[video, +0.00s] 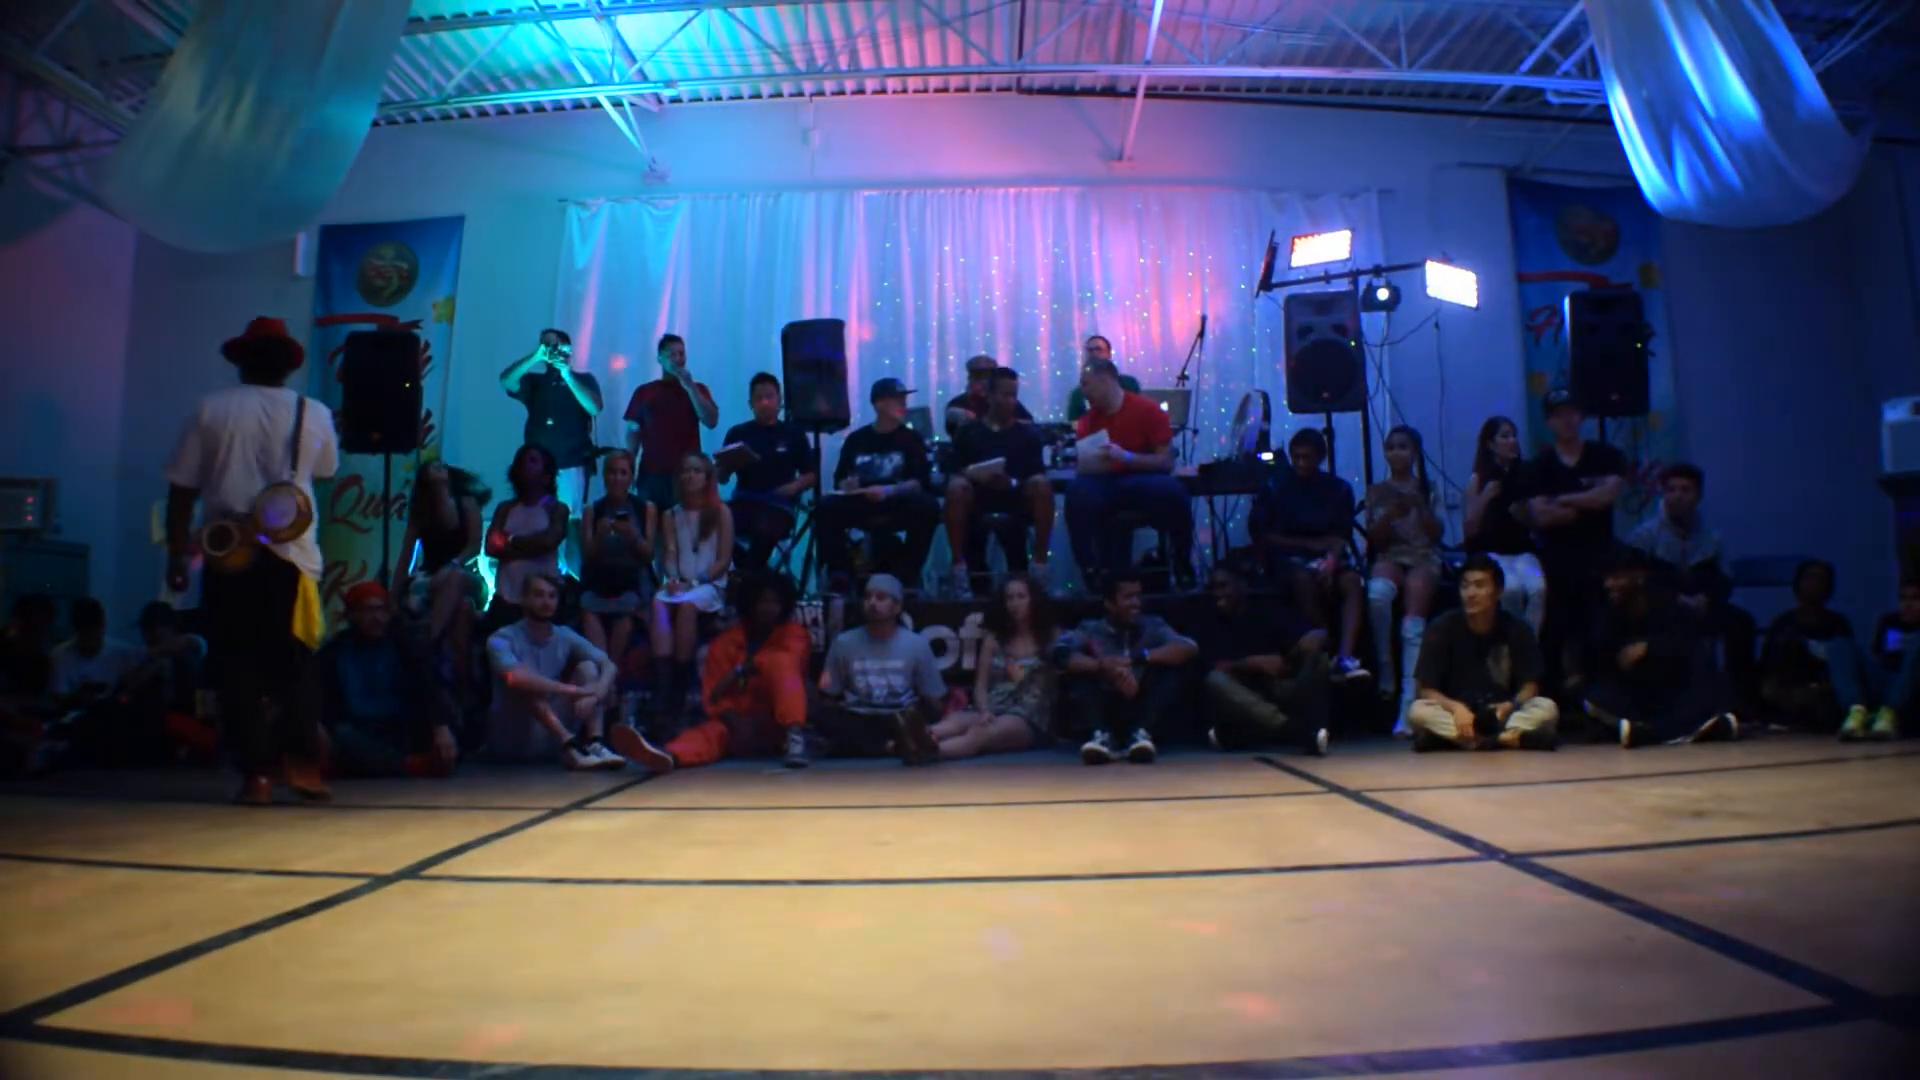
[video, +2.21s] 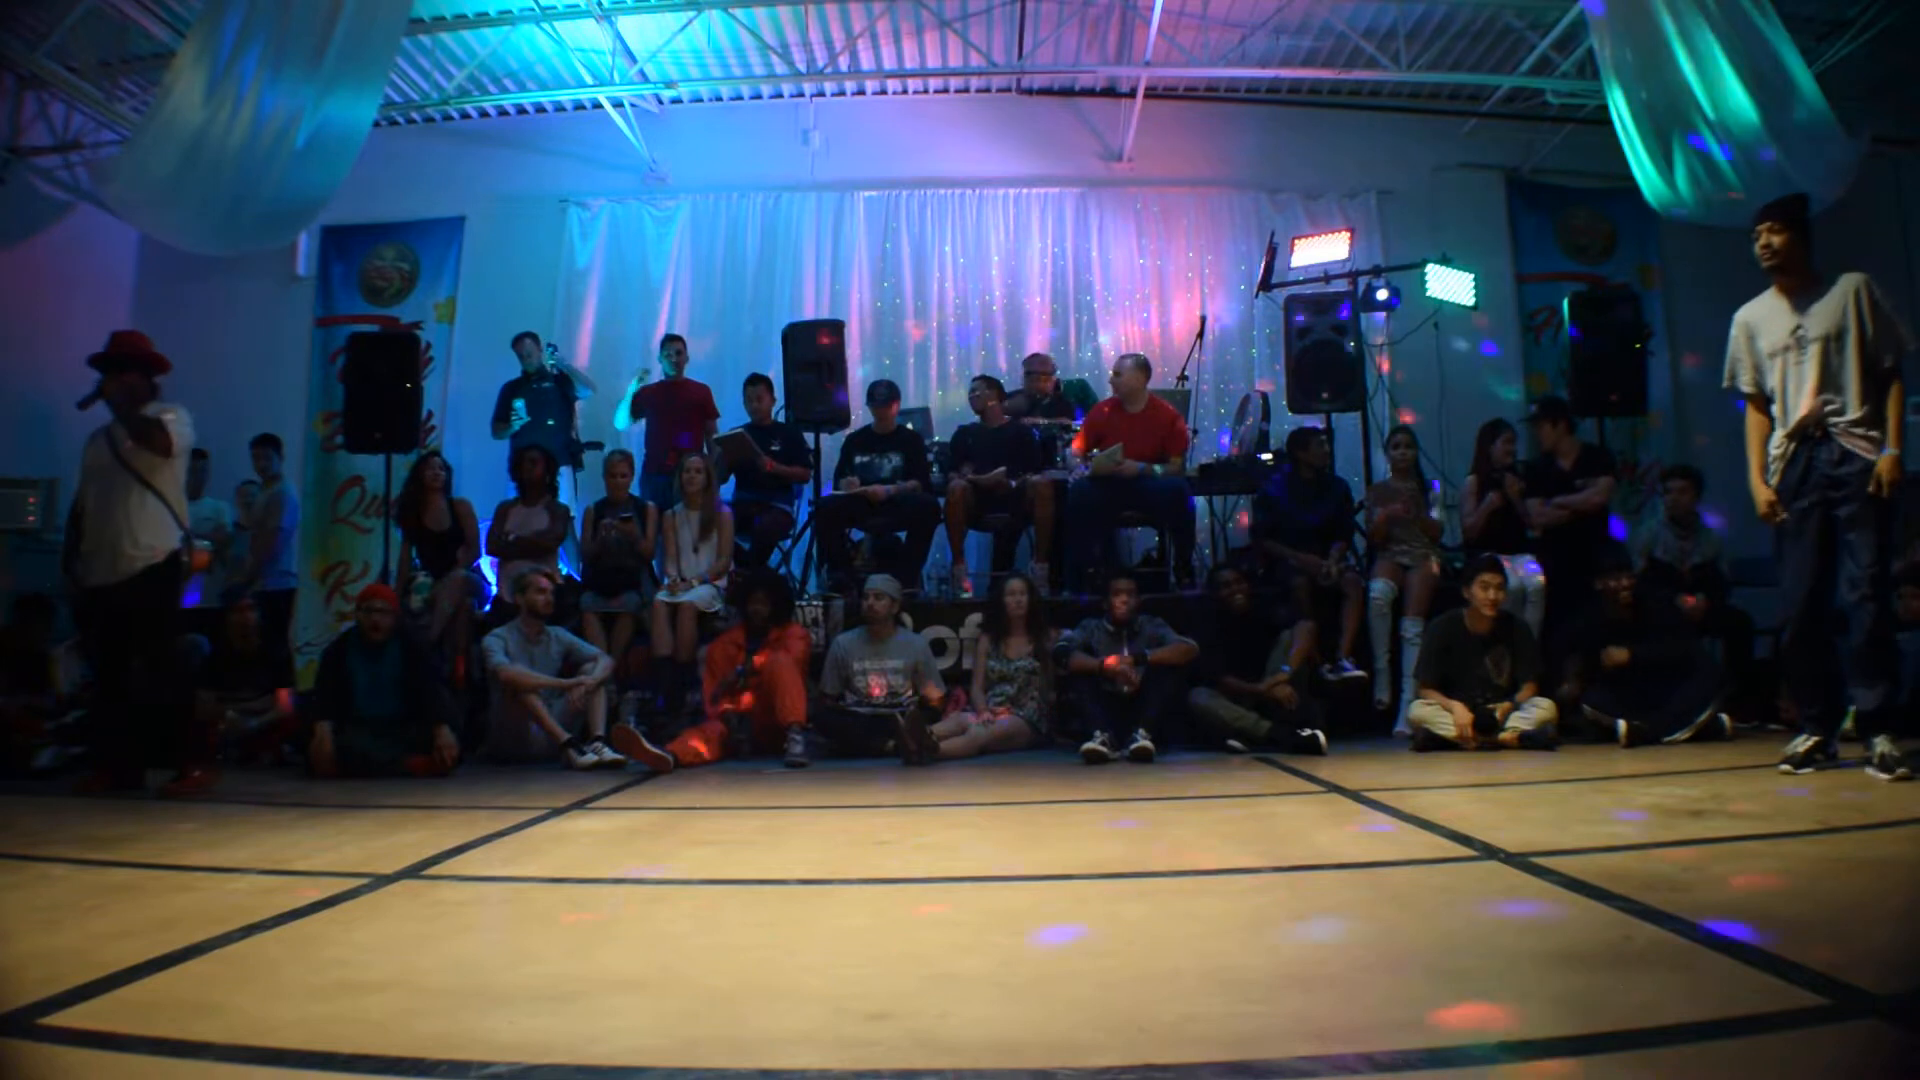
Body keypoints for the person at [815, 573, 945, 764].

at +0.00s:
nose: (872, 604)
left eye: (880, 598)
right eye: (868, 597)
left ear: (897, 606)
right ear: (862, 602)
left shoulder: (916, 645)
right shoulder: (844, 643)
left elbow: (935, 701)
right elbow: (829, 696)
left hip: (902, 716)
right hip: (856, 716)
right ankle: (886, 746)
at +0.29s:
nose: (871, 604)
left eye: (880, 598)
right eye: (867, 597)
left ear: (896, 606)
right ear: (862, 602)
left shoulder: (916, 645)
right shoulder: (843, 644)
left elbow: (933, 699)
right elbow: (829, 699)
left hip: (904, 717)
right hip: (858, 718)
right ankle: (887, 746)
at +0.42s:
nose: (869, 604)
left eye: (878, 598)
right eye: (865, 598)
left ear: (894, 606)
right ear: (860, 602)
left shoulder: (916, 645)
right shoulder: (843, 645)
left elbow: (933, 703)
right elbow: (828, 700)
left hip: (905, 719)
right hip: (858, 721)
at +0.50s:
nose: (869, 604)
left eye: (877, 598)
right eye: (865, 598)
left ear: (894, 606)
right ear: (860, 602)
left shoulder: (915, 645)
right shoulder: (842, 645)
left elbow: (935, 703)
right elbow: (829, 700)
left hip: (902, 719)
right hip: (856, 720)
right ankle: (888, 745)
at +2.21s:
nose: (870, 604)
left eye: (878, 598)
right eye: (866, 598)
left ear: (894, 606)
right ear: (861, 602)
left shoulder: (916, 644)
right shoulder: (843, 644)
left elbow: (935, 696)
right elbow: (828, 698)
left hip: (903, 713)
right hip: (859, 715)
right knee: (824, 717)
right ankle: (887, 745)